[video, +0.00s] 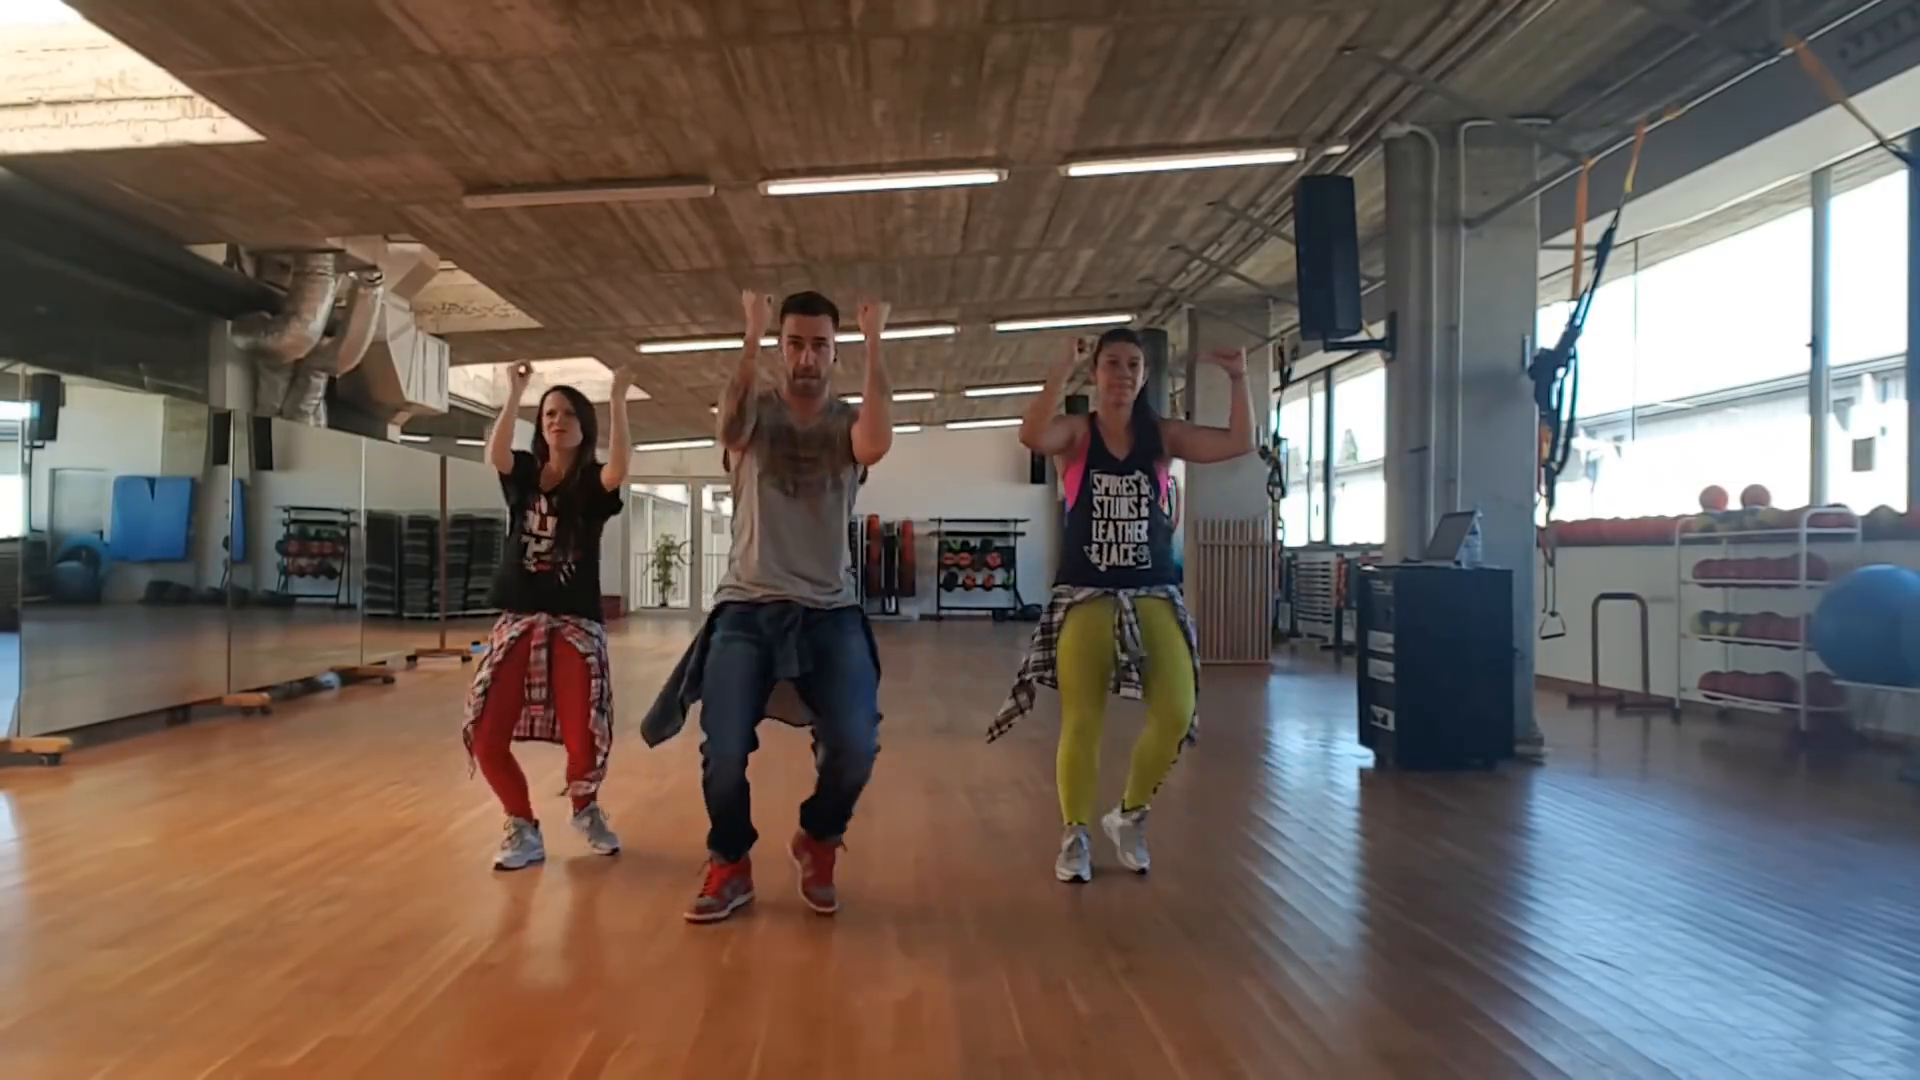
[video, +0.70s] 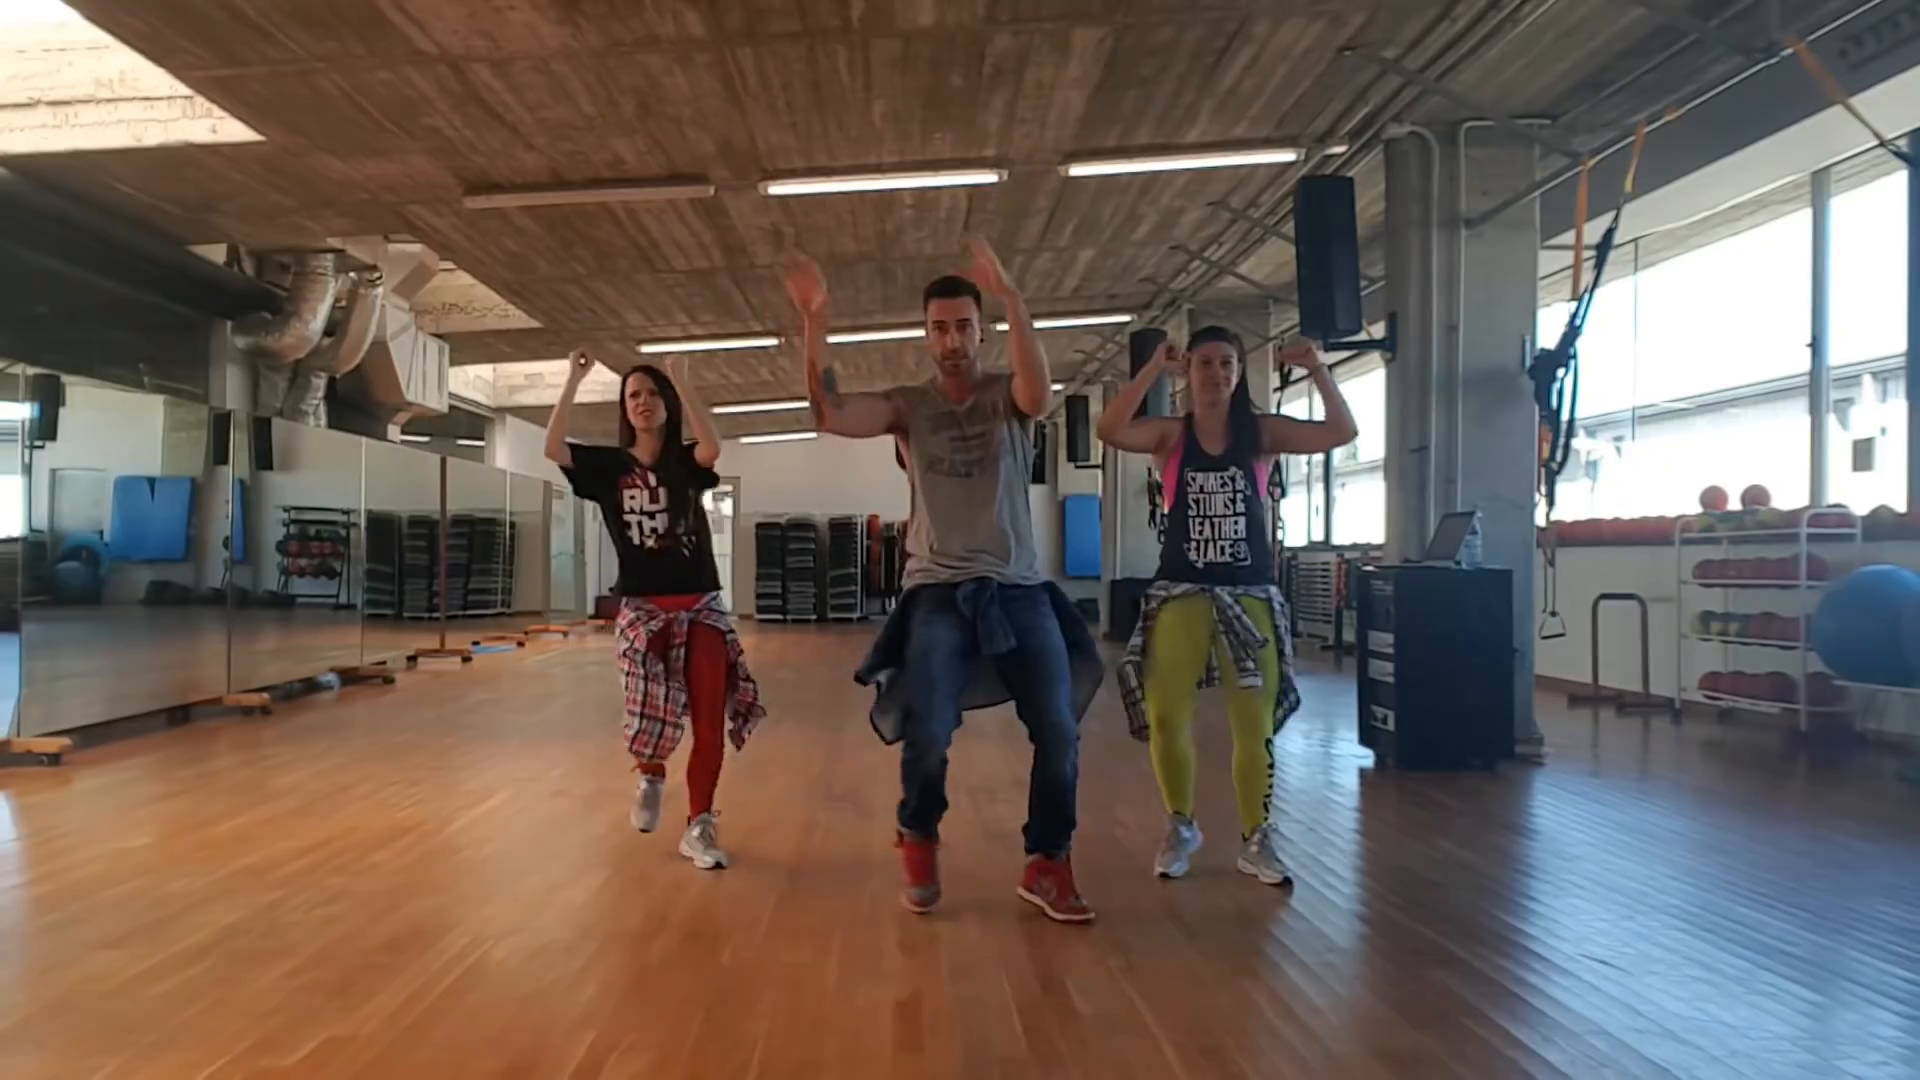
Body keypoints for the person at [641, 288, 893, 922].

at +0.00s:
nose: (805, 356)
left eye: (817, 344)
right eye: (795, 343)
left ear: (835, 352)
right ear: (777, 348)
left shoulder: (847, 417)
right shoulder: (752, 412)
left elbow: (874, 445)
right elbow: (729, 427)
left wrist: (872, 346)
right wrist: (750, 346)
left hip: (830, 608)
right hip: (748, 604)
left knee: (855, 745)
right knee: (723, 749)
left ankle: (818, 841)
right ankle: (729, 865)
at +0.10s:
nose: (820, 348)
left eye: (832, 336)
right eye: (808, 336)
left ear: (848, 342)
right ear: (788, 341)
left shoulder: (861, 407)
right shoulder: (763, 400)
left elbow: (885, 434)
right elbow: (721, 425)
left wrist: (879, 339)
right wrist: (733, 338)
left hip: (846, 591)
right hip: (770, 591)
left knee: (922, 709)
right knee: (747, 737)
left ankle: (894, 848)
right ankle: (701, 856)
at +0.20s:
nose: (838, 346)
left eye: (849, 335)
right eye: (827, 334)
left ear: (867, 344)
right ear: (810, 340)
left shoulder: (884, 407)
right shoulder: (784, 405)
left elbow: (902, 437)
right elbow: (725, 432)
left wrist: (878, 341)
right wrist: (719, 345)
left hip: (872, 600)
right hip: (797, 600)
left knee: (952, 715)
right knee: (776, 748)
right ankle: (678, 852)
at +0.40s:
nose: (895, 372)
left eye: (905, 359)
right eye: (883, 360)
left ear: (920, 362)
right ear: (868, 365)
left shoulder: (949, 428)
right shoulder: (846, 433)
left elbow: (955, 460)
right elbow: (787, 467)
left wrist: (925, 376)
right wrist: (772, 383)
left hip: (946, 621)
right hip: (874, 623)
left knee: (1034, 730)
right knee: (829, 760)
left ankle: (1031, 872)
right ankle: (699, 844)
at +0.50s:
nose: (921, 362)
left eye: (931, 348)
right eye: (909, 350)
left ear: (951, 350)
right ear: (895, 355)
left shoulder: (978, 413)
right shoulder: (878, 425)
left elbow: (999, 442)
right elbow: (812, 461)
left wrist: (962, 353)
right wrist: (797, 376)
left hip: (977, 604)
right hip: (903, 603)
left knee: (1051, 731)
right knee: (851, 747)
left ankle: (1033, 870)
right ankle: (746, 832)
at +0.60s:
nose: (940, 347)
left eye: (951, 334)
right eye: (929, 336)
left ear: (971, 339)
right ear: (913, 342)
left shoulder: (998, 398)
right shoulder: (896, 411)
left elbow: (1025, 403)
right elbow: (821, 426)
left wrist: (1004, 317)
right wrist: (803, 339)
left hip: (1002, 583)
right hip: (922, 583)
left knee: (1054, 727)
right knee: (891, 722)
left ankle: (1036, 868)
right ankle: (829, 827)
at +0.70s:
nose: (952, 338)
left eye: (962, 325)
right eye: (941, 327)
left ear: (981, 330)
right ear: (926, 335)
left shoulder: (1009, 393)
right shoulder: (909, 405)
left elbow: (1037, 396)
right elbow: (828, 415)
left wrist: (1010, 302)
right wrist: (814, 325)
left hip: (1018, 586)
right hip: (938, 587)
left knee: (1059, 729)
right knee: (930, 726)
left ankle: (1048, 863)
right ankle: (920, 839)